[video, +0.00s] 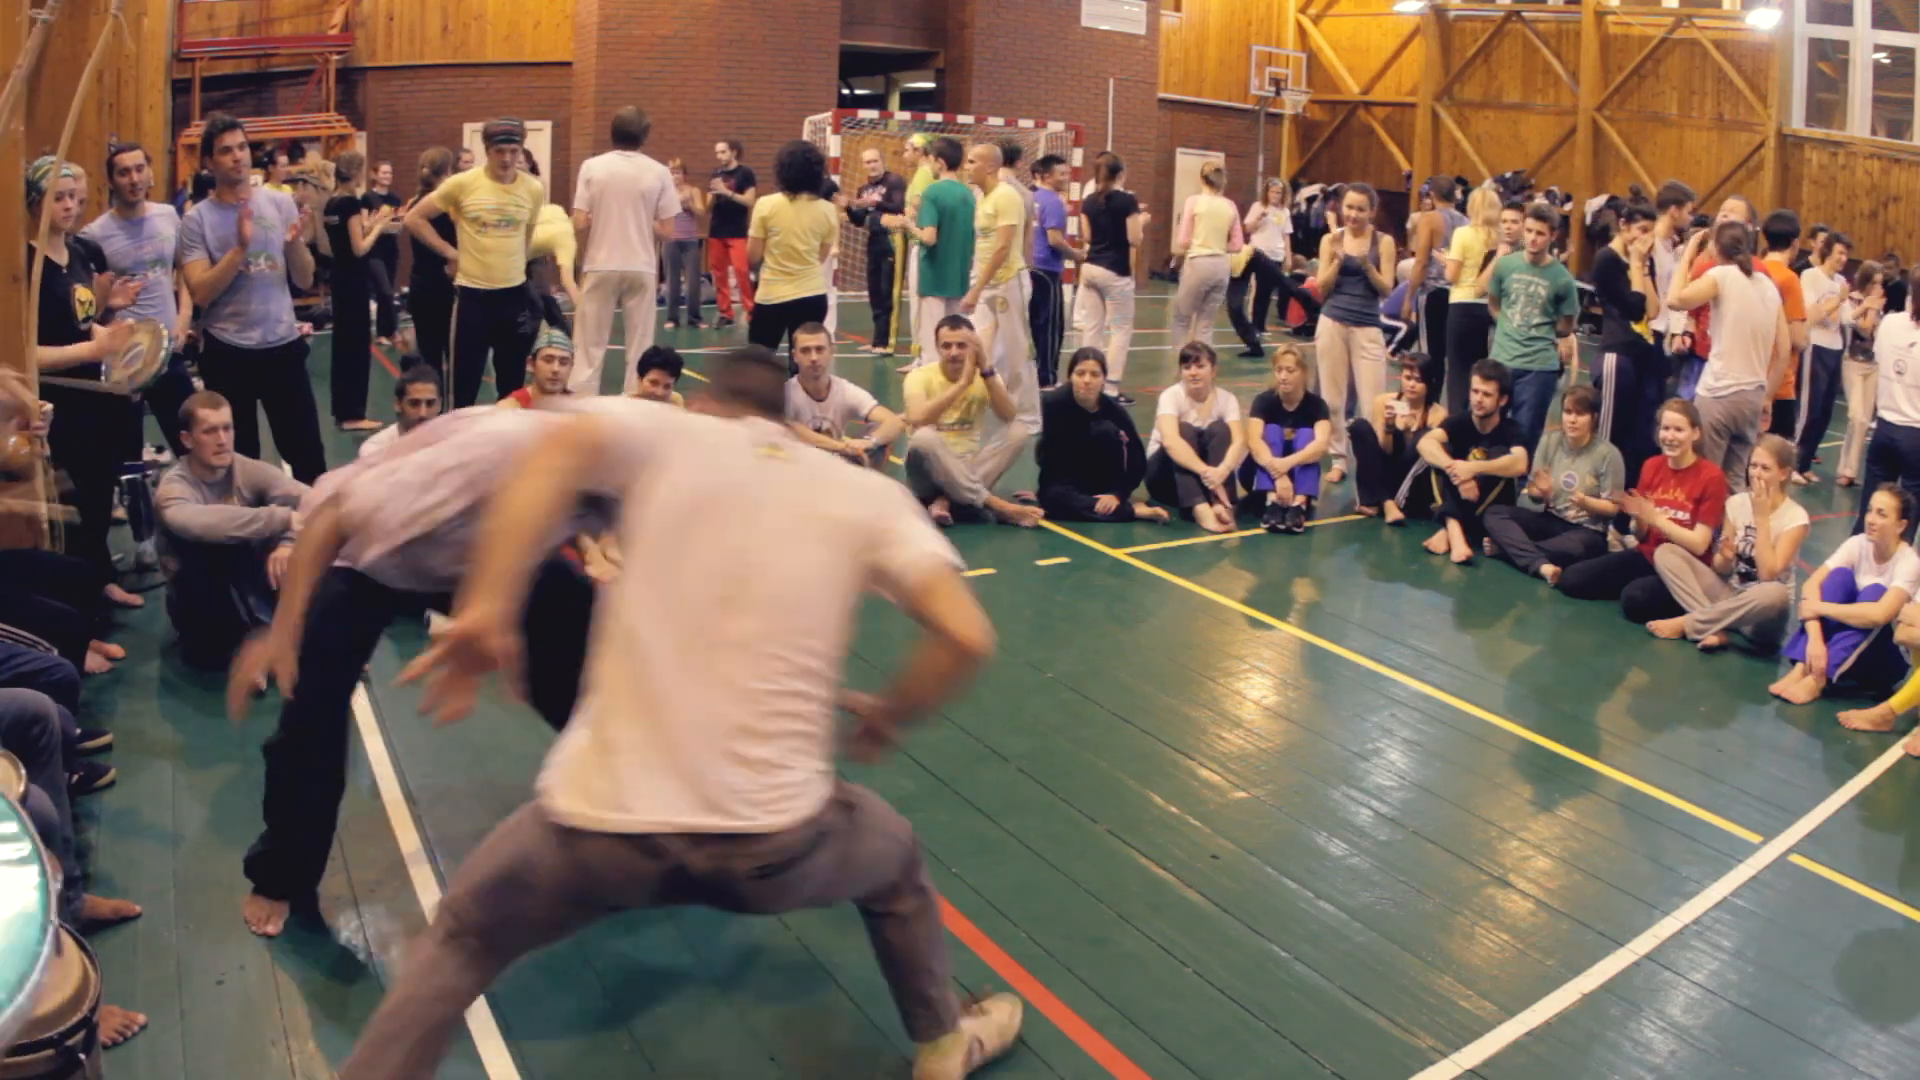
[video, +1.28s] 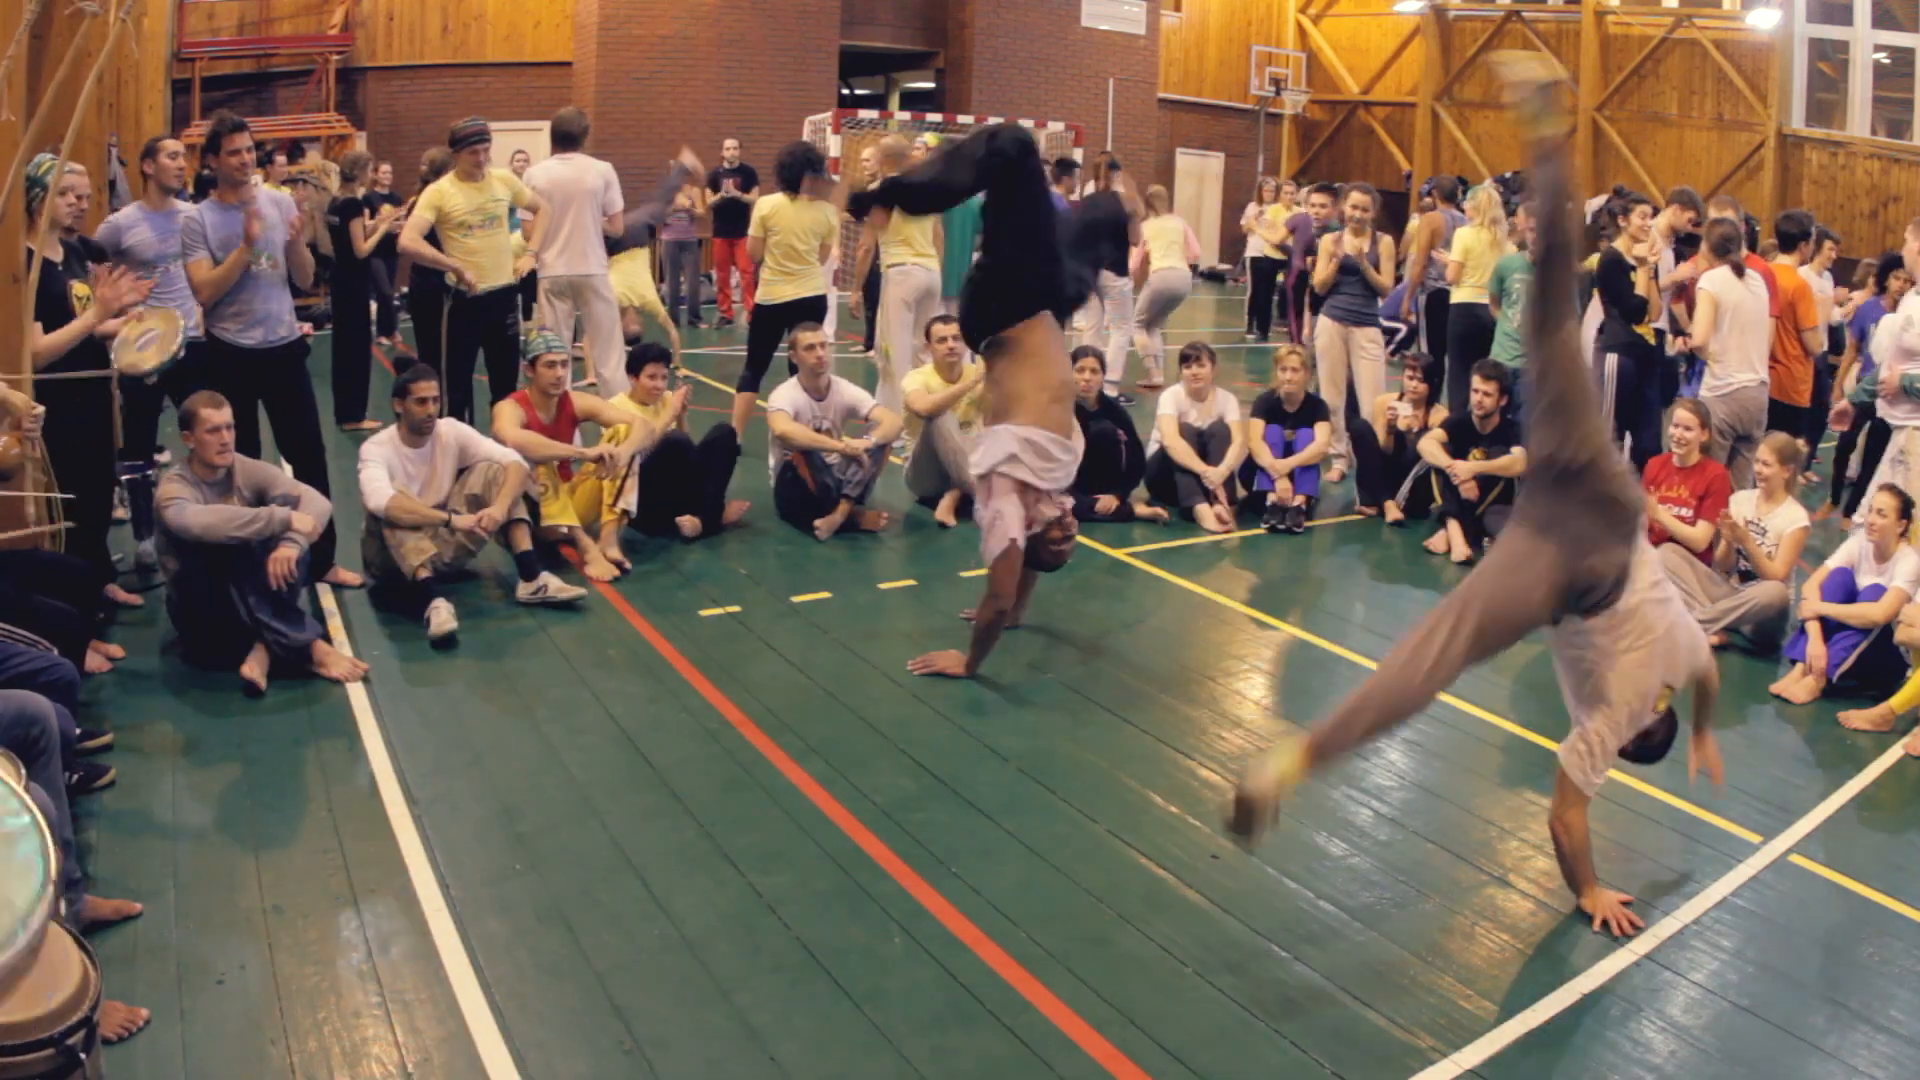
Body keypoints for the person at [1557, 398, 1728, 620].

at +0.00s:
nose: (1670, 436)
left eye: (1679, 430)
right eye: (1665, 429)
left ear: (1696, 434)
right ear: (1658, 431)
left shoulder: (1712, 477)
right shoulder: (1652, 466)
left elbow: (1699, 545)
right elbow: (1639, 533)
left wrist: (1653, 518)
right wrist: (1639, 513)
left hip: (1683, 567)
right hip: (1647, 556)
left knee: (1634, 600)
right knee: (1570, 581)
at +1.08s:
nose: (1674, 437)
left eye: (1683, 431)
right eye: (1670, 428)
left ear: (1700, 434)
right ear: (1662, 430)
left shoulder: (1713, 475)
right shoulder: (1652, 465)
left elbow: (1698, 542)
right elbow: (1639, 533)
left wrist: (1653, 517)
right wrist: (1643, 516)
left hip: (1685, 564)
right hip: (1647, 555)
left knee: (1634, 599)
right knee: (1598, 575)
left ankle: (1693, 603)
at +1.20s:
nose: (1676, 435)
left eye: (1685, 429)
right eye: (1672, 427)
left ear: (1702, 434)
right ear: (1666, 428)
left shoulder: (1715, 476)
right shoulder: (1654, 466)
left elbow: (1700, 542)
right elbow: (1641, 533)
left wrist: (1659, 515)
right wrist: (1637, 515)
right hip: (1646, 557)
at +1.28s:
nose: (1678, 435)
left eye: (1687, 429)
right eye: (1675, 426)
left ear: (1704, 434)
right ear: (1669, 428)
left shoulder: (1716, 475)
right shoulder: (1654, 465)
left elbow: (1699, 541)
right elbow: (1639, 518)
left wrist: (1657, 513)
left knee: (1668, 551)